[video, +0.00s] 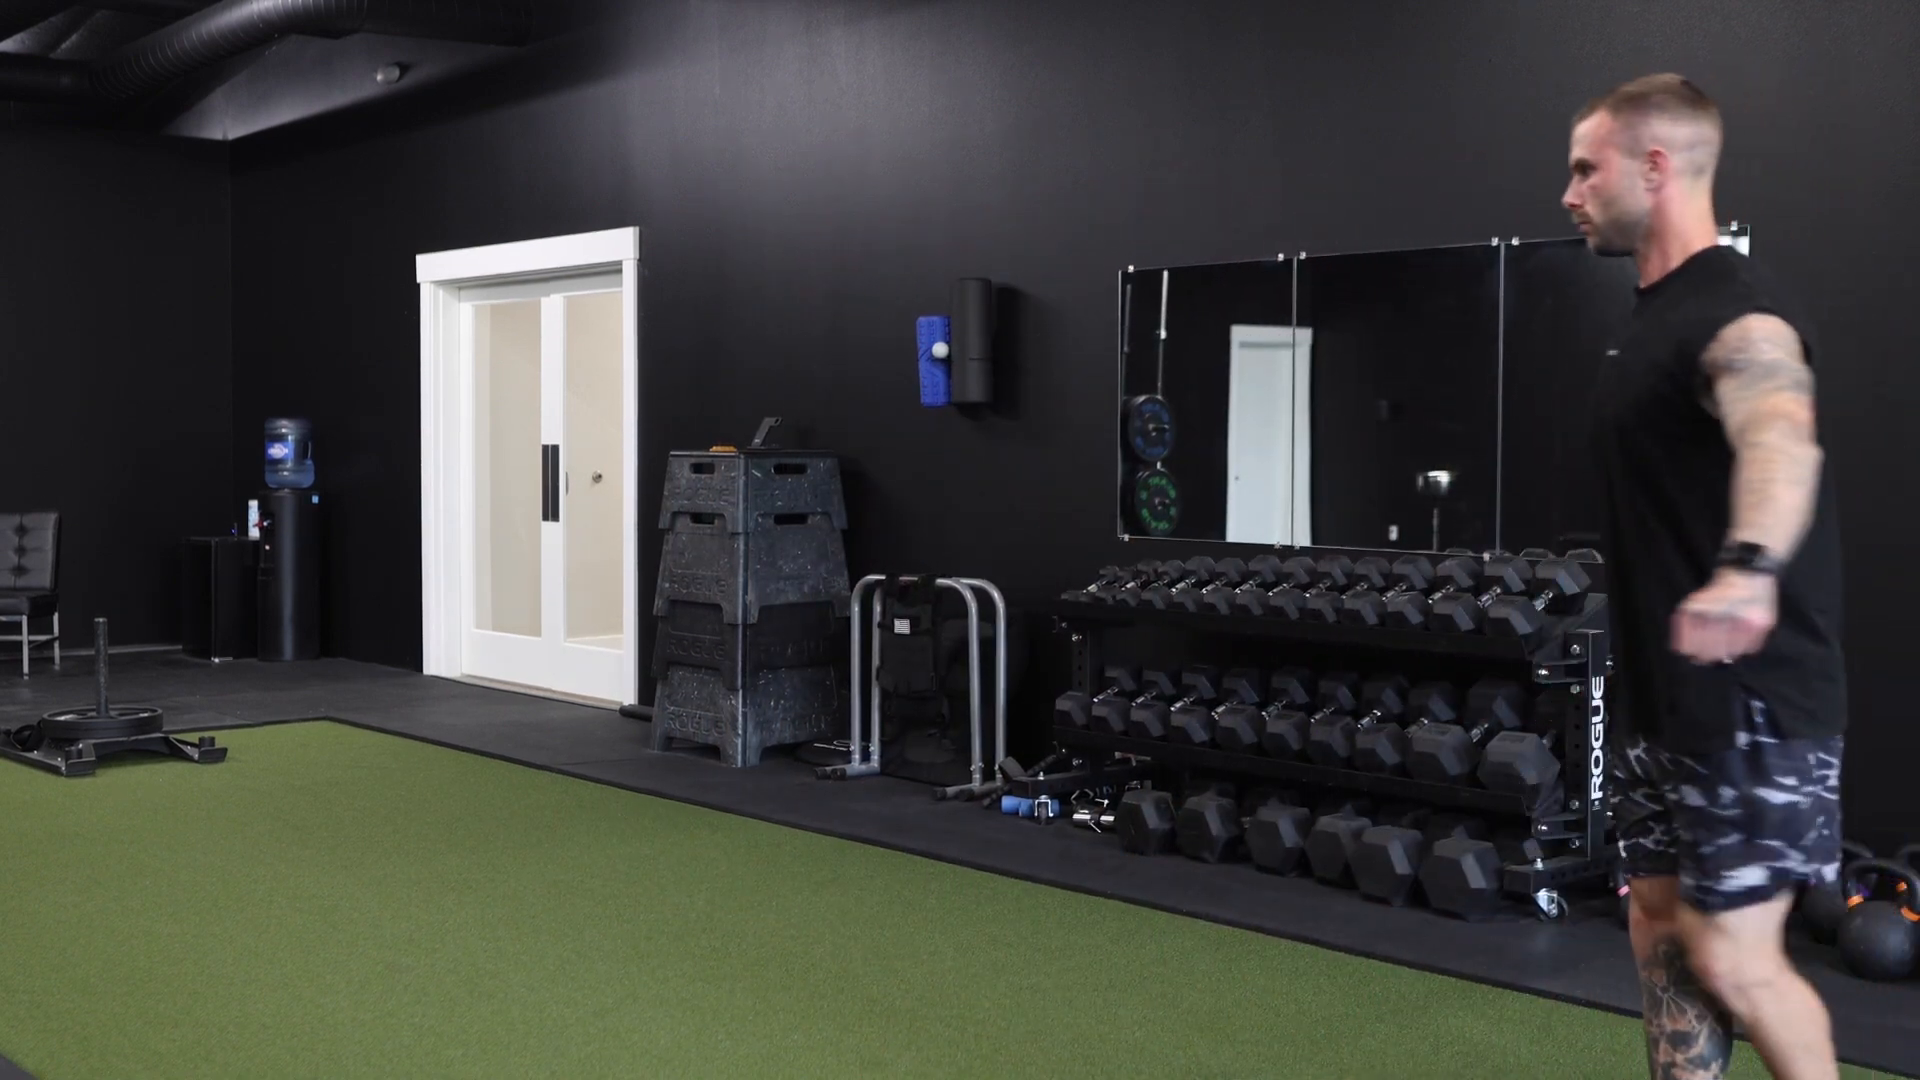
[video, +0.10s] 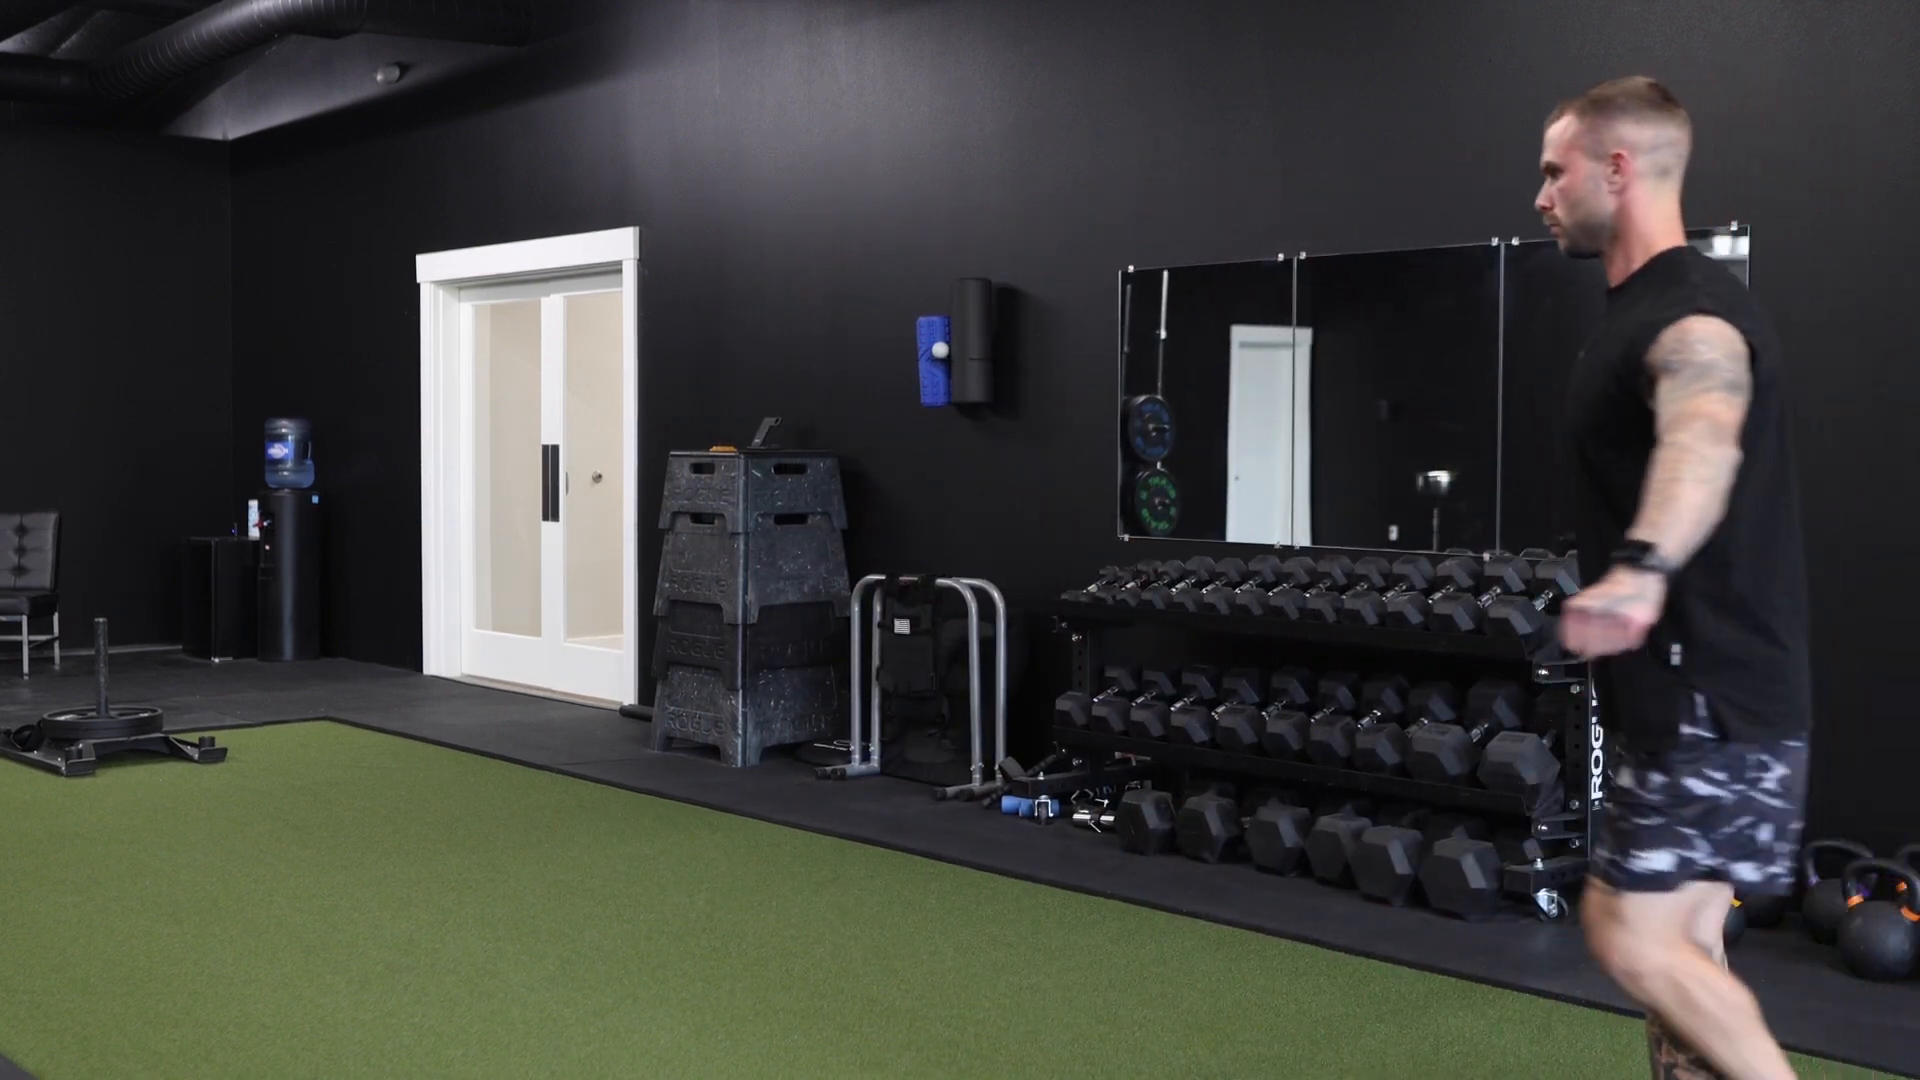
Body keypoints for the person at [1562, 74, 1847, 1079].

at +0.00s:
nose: (1569, 192)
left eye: (1586, 170)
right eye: (1570, 171)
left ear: (1658, 173)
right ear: (1654, 176)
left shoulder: (1739, 321)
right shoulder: (1649, 321)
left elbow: (1778, 443)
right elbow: (1672, 494)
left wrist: (1747, 567)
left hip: (1750, 693)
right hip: (1667, 686)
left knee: (1734, 950)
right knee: (1662, 931)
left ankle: (1820, 1071)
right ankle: (1689, 1077)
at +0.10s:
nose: (1540, 195)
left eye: (1556, 172)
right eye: (1542, 173)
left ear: (1620, 175)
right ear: (1624, 177)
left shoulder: (1692, 310)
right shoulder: (1640, 310)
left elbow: (1703, 445)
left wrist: (1639, 568)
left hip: (1713, 692)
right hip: (1682, 687)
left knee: (1630, 932)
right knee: (1685, 942)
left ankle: (1767, 1071)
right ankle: (1690, 1072)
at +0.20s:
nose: (1517, 197)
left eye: (1529, 174)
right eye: (1518, 175)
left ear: (1592, 174)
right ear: (1598, 176)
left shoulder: (1651, 308)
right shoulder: (1652, 297)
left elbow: (1630, 447)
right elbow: (1654, 469)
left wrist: (1546, 567)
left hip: (1672, 674)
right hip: (1701, 671)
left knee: (1546, 908)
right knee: (1677, 922)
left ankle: (1690, 1069)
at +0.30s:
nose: (1494, 199)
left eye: (1504, 174)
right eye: (1495, 176)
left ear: (1564, 174)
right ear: (1597, 177)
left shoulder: (1609, 307)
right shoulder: (1678, 304)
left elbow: (1571, 434)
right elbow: (1708, 472)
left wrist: (1464, 562)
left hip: (1644, 675)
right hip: (1706, 671)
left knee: (1508, 892)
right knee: (1665, 934)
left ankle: (1580, 1071)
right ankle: (1684, 1075)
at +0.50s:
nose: (1442, 202)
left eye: (1450, 180)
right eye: (1443, 180)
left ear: (1499, 179)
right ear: (1542, 183)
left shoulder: (1523, 315)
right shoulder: (1639, 327)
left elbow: (1458, 425)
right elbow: (1650, 503)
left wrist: (1323, 551)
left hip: (1541, 683)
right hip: (1647, 681)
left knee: (1472, 924)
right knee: (1638, 939)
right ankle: (1673, 1079)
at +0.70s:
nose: (1360, 206)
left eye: (1367, 184)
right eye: (1361, 184)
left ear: (1410, 186)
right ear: (1463, 190)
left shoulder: (1425, 327)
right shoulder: (1555, 328)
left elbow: (1352, 442)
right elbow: (1586, 519)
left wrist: (1210, 565)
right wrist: (1592, 671)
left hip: (1467, 679)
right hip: (1561, 678)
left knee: (1424, 923)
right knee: (1521, 914)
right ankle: (1623, 1074)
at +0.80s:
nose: (1321, 212)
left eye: (1326, 190)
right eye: (1321, 191)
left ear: (1366, 191)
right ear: (1424, 194)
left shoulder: (1383, 331)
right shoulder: (1524, 333)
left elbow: (1307, 444)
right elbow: (1555, 510)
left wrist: (1159, 571)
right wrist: (1569, 653)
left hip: (1433, 675)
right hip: (1521, 673)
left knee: (1409, 930)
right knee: (1432, 895)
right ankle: (1562, 1063)